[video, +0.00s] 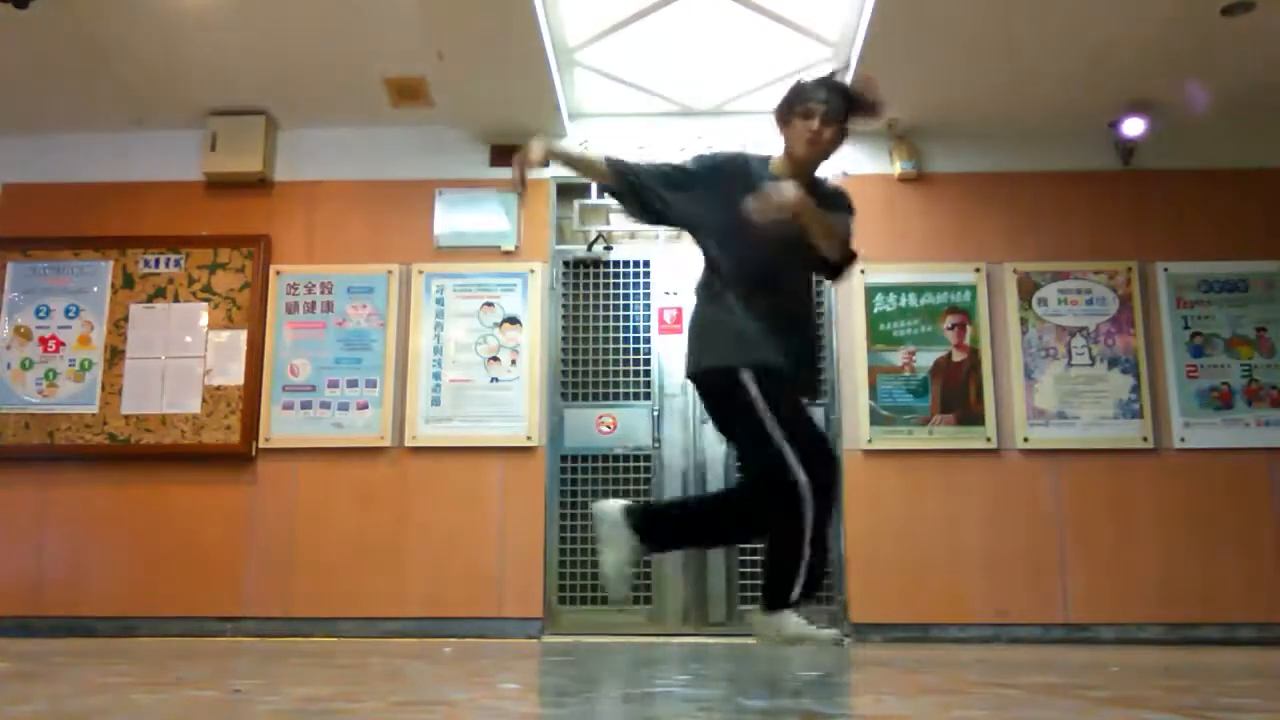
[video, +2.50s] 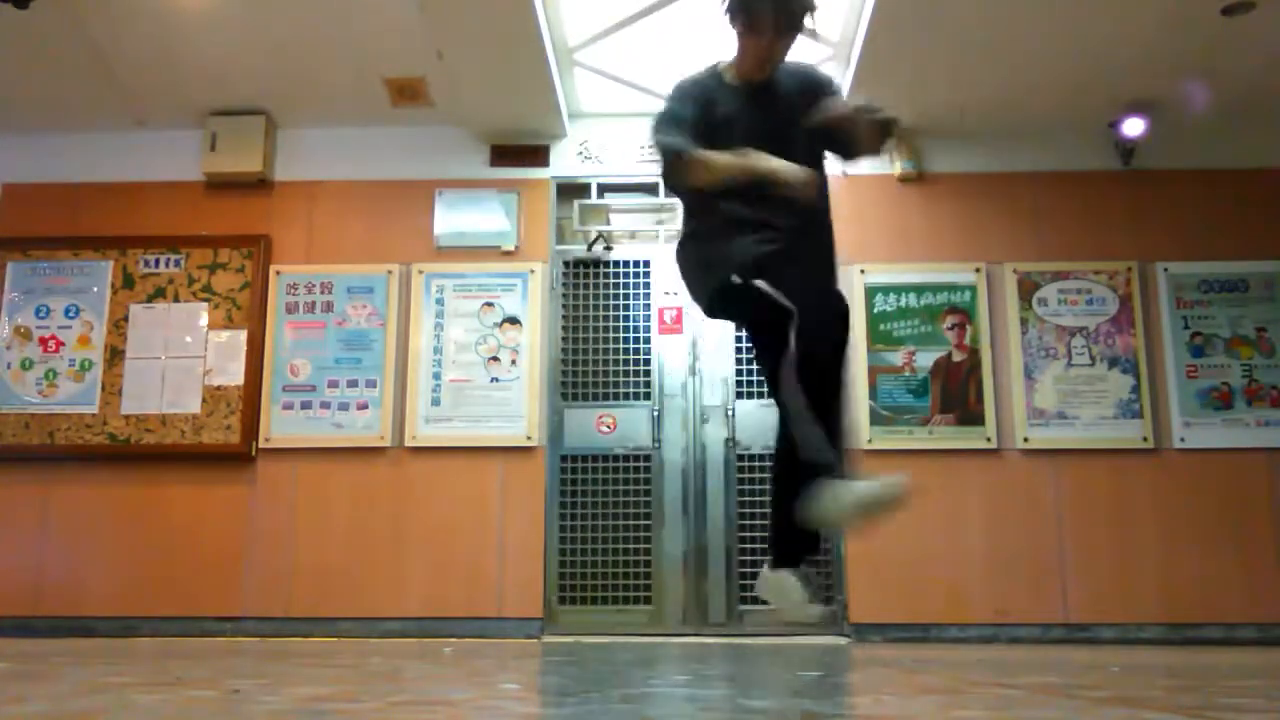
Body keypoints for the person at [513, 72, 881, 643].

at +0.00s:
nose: (815, 130)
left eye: (829, 123)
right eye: (805, 116)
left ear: (840, 138)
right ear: (783, 122)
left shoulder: (831, 202)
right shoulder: (732, 175)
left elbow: (838, 261)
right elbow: (641, 183)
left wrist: (804, 213)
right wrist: (559, 153)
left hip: (783, 363)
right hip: (729, 354)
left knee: (777, 500)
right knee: (811, 468)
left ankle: (633, 524)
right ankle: (780, 611)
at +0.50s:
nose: (730, 99)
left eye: (738, 89)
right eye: (721, 85)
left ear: (743, 97)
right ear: (693, 85)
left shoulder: (724, 171)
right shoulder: (647, 143)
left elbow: (715, 243)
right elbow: (583, 209)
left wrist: (757, 299)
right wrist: (647, 251)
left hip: (665, 322)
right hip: (607, 305)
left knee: (656, 454)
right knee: (611, 400)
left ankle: (609, 595)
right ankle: (521, 515)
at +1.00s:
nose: (640, 105)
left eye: (649, 92)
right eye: (629, 92)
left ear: (662, 79)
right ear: (606, 82)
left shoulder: (691, 130)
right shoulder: (575, 147)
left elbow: (719, 205)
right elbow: (520, 249)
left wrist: (738, 192)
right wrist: (531, 201)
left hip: (677, 320)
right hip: (601, 325)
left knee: (678, 451)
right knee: (593, 452)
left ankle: (633, 549)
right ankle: (569, 588)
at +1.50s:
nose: (711, 99)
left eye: (724, 89)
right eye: (709, 85)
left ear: (740, 84)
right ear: (693, 68)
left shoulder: (752, 128)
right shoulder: (629, 112)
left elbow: (807, 192)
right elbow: (555, 161)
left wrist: (851, 150)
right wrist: (537, 136)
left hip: (702, 310)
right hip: (624, 309)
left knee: (717, 433)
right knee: (633, 435)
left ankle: (706, 569)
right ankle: (643, 570)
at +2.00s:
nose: (721, 70)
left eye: (733, 55)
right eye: (712, 55)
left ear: (745, 49)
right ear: (687, 44)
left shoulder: (764, 103)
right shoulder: (637, 118)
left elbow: (819, 156)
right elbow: (561, 170)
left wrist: (874, 129)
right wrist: (530, 121)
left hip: (753, 304)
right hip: (679, 310)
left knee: (744, 439)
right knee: (685, 436)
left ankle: (718, 574)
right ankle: (669, 568)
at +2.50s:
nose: (768, 48)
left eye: (781, 36)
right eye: (759, 33)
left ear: (794, 34)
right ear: (738, 25)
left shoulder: (806, 88)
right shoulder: (695, 94)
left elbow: (859, 143)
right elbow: (682, 170)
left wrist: (872, 124)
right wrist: (764, 164)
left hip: (803, 258)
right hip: (725, 254)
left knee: (813, 409)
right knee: (800, 312)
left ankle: (784, 565)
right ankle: (821, 480)